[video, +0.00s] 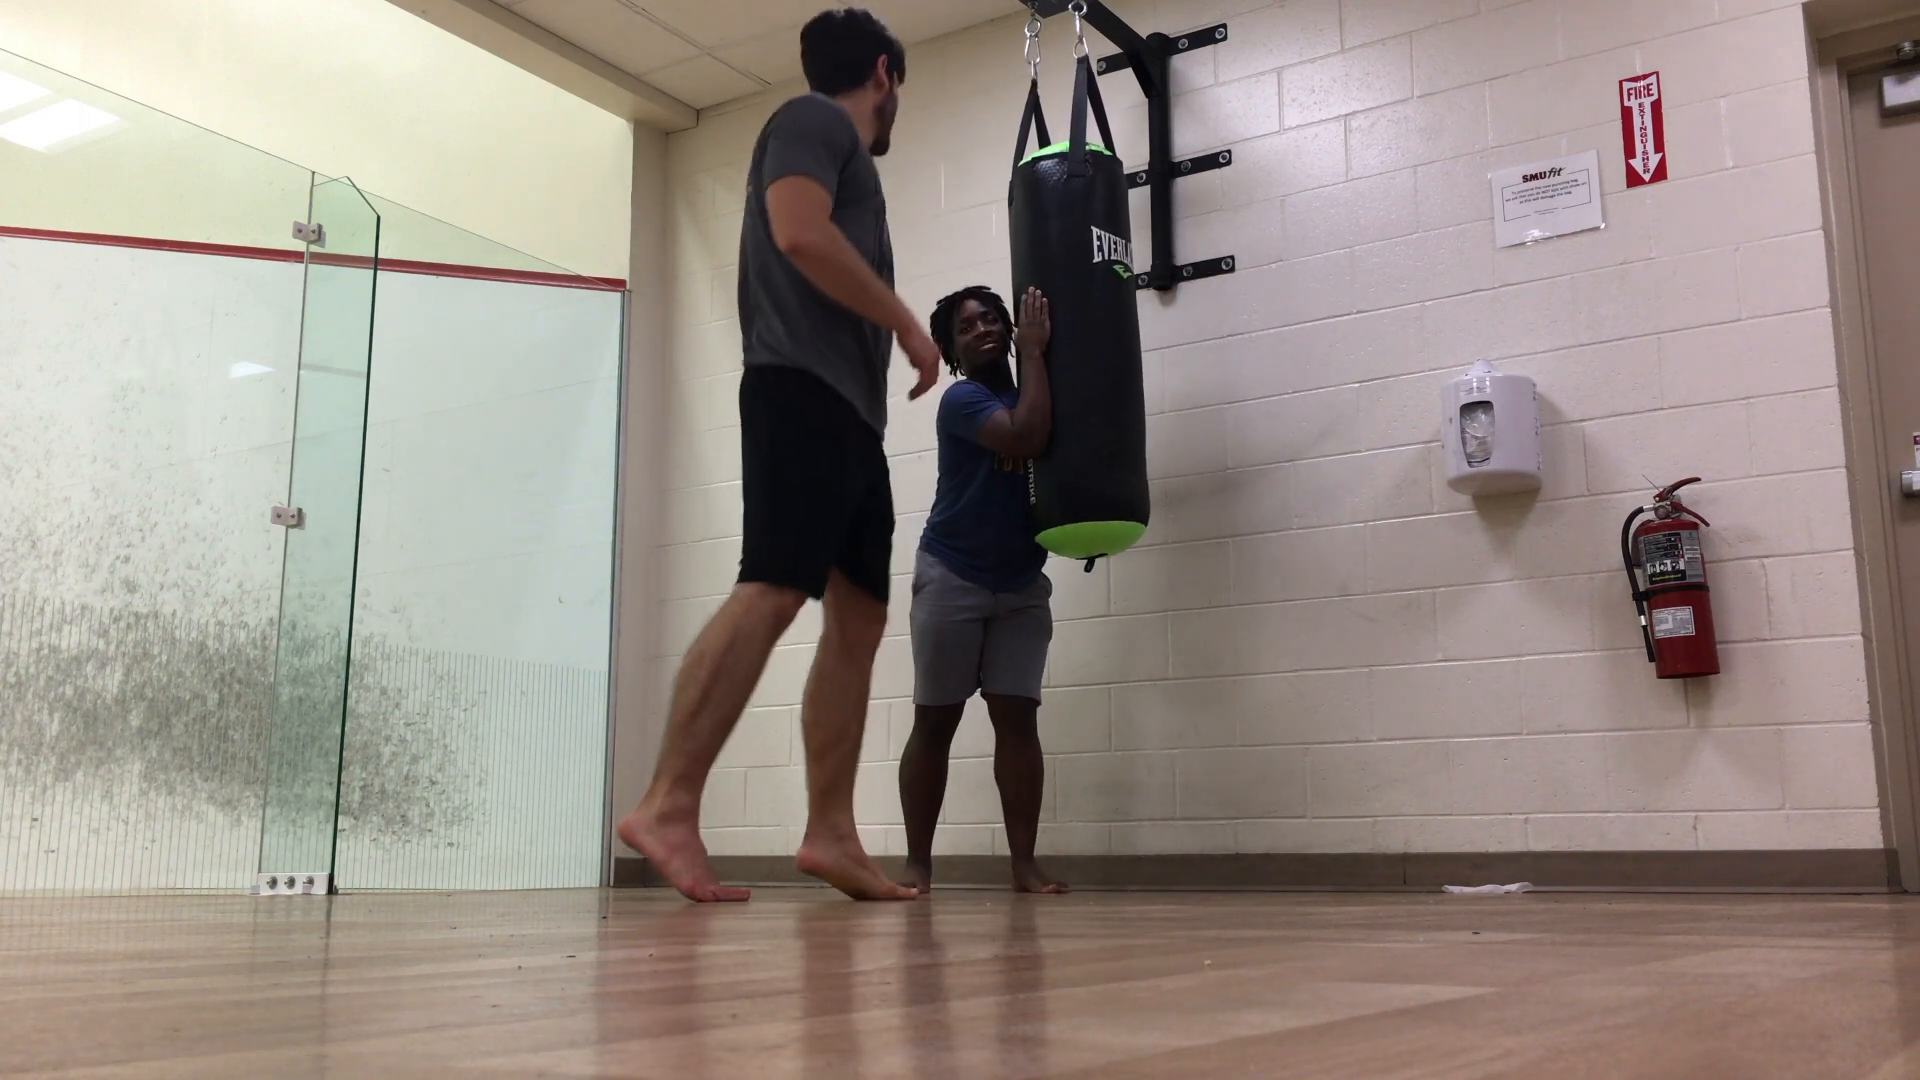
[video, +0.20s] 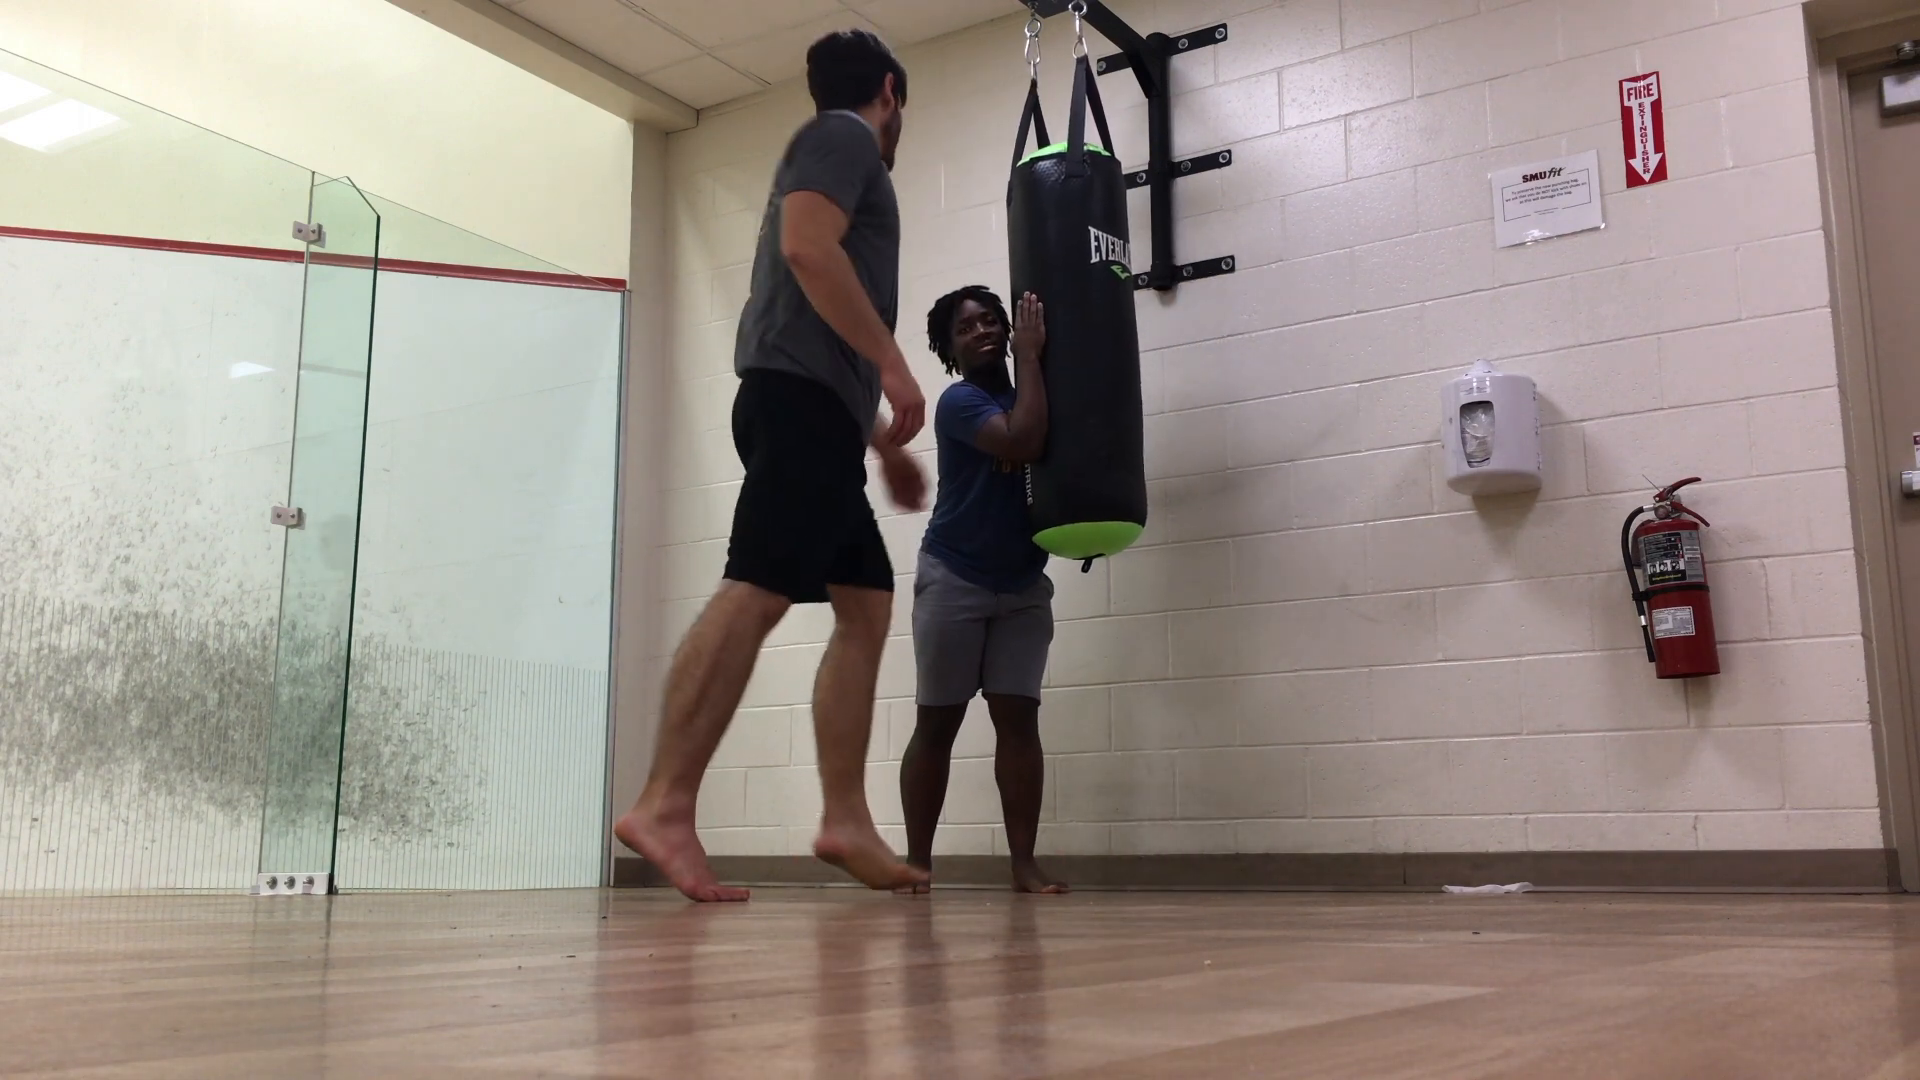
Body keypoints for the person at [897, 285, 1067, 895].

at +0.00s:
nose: (983, 328)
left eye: (991, 318)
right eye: (968, 325)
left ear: (1010, 332)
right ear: (950, 348)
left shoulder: (1026, 398)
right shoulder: (960, 400)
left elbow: (1059, 449)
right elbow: (1027, 437)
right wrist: (1033, 352)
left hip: (1020, 580)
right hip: (952, 579)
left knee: (1018, 722)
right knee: (935, 725)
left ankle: (1025, 865)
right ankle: (918, 865)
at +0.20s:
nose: (982, 329)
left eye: (990, 319)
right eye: (967, 325)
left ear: (1007, 332)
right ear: (948, 347)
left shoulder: (1024, 399)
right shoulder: (957, 402)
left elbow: (1056, 454)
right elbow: (1021, 444)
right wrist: (1031, 358)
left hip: (1023, 581)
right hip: (954, 581)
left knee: (1018, 722)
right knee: (937, 727)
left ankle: (1025, 866)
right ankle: (919, 864)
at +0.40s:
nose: (979, 332)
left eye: (987, 321)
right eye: (964, 328)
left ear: (1005, 331)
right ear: (947, 348)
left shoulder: (1025, 400)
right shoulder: (952, 403)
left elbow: (1061, 452)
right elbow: (1014, 445)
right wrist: (1026, 359)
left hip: (1022, 584)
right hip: (951, 584)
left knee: (1020, 723)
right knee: (935, 727)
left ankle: (1024, 864)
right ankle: (918, 862)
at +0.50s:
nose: (973, 333)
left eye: (982, 322)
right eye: (959, 328)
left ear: (1001, 332)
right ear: (944, 346)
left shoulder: (1022, 401)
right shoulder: (947, 401)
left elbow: (1054, 455)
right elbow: (1007, 445)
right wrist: (1023, 360)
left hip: (1018, 584)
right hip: (948, 586)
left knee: (1018, 723)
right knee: (929, 727)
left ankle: (1024, 864)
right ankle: (909, 862)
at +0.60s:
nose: (966, 338)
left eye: (976, 330)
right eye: (954, 332)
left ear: (992, 343)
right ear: (935, 347)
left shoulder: (1010, 412)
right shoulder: (926, 408)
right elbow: (1003, 447)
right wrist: (1018, 362)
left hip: (1008, 589)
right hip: (938, 595)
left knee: (1014, 721)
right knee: (922, 731)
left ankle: (1024, 863)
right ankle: (898, 864)